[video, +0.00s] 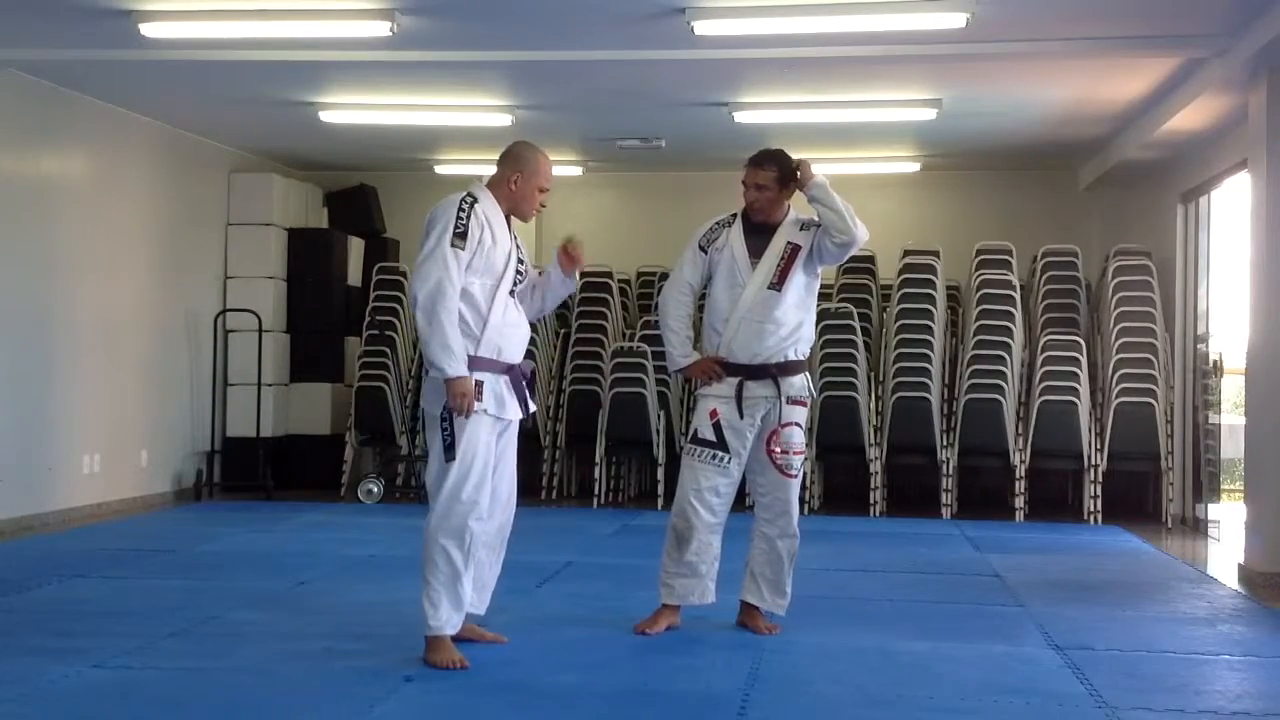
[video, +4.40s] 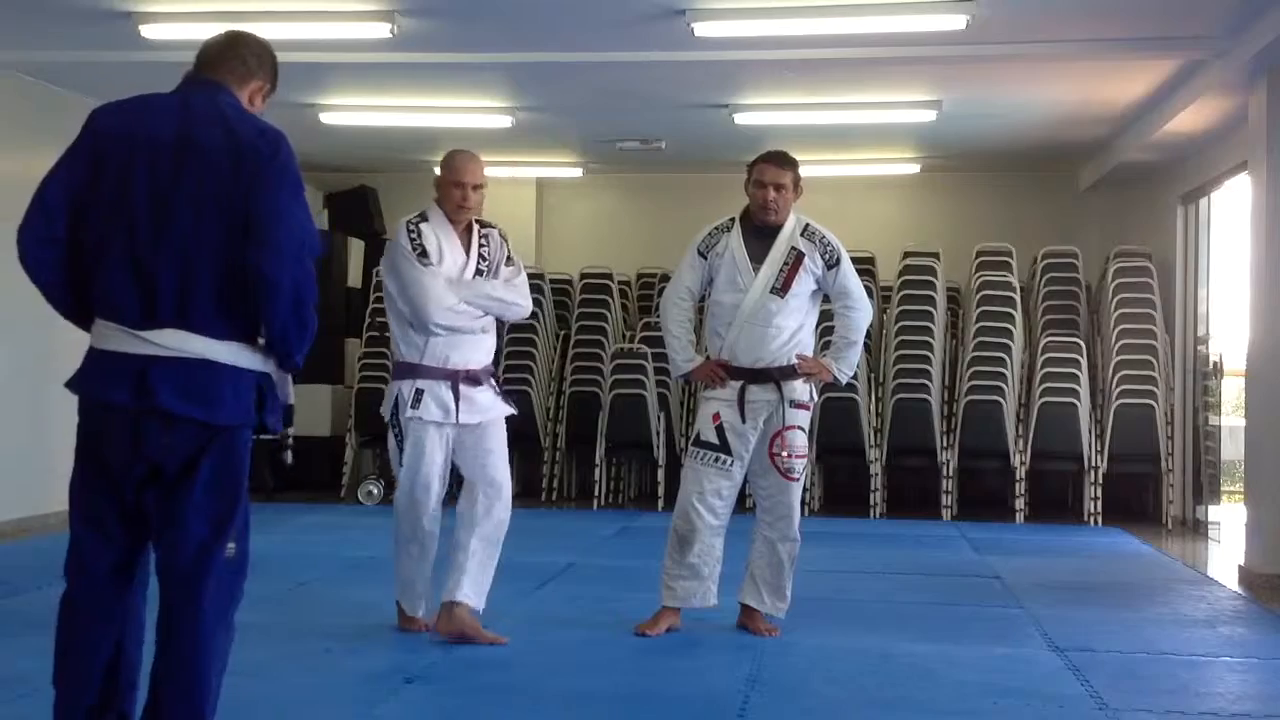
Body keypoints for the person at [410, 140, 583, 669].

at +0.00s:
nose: (546, 199)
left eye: (548, 189)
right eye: (542, 188)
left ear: (517, 182)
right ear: (512, 180)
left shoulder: (507, 235)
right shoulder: (463, 212)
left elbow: (524, 303)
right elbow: (434, 293)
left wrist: (561, 274)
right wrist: (453, 371)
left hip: (504, 389)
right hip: (466, 385)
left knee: (494, 509)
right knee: (457, 508)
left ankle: (463, 617)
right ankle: (438, 631)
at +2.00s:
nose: (533, 203)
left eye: (537, 192)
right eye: (528, 191)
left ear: (508, 185)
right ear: (499, 181)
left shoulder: (512, 242)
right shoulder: (443, 210)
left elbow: (536, 293)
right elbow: (422, 273)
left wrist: (540, 309)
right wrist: (495, 326)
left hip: (497, 389)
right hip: (451, 385)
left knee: (491, 508)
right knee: (450, 507)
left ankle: (463, 618)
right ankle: (439, 632)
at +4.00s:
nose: (508, 193)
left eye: (517, 186)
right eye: (500, 181)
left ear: (522, 189)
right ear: (475, 176)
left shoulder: (509, 242)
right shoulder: (441, 221)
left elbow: (537, 306)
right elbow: (468, 296)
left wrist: (483, 281)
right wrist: (515, 307)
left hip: (490, 387)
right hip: (442, 382)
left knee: (482, 502)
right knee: (440, 496)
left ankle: (451, 614)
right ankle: (408, 596)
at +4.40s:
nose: (468, 197)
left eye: (477, 188)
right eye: (459, 187)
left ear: (485, 190)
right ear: (438, 185)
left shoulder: (492, 239)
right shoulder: (410, 237)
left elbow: (522, 302)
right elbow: (435, 311)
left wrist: (453, 287)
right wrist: (489, 312)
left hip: (479, 389)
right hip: (424, 387)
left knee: (493, 494)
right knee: (421, 499)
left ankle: (461, 607)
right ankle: (412, 605)